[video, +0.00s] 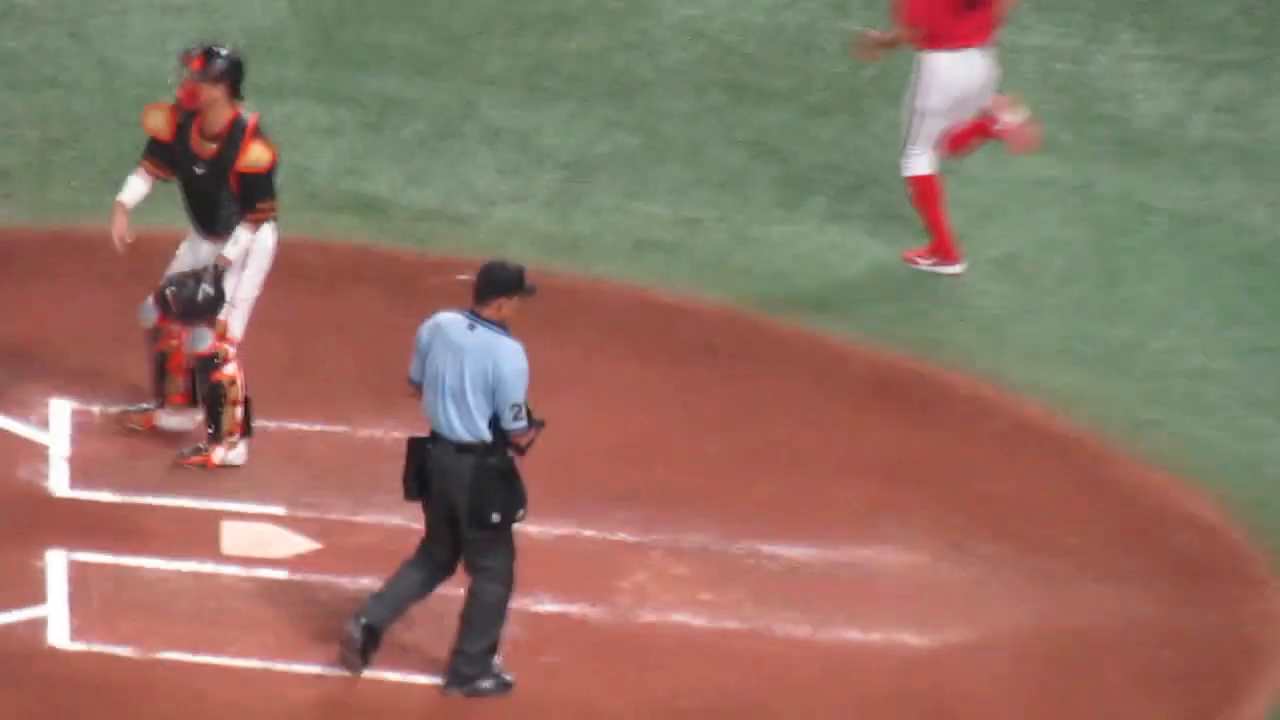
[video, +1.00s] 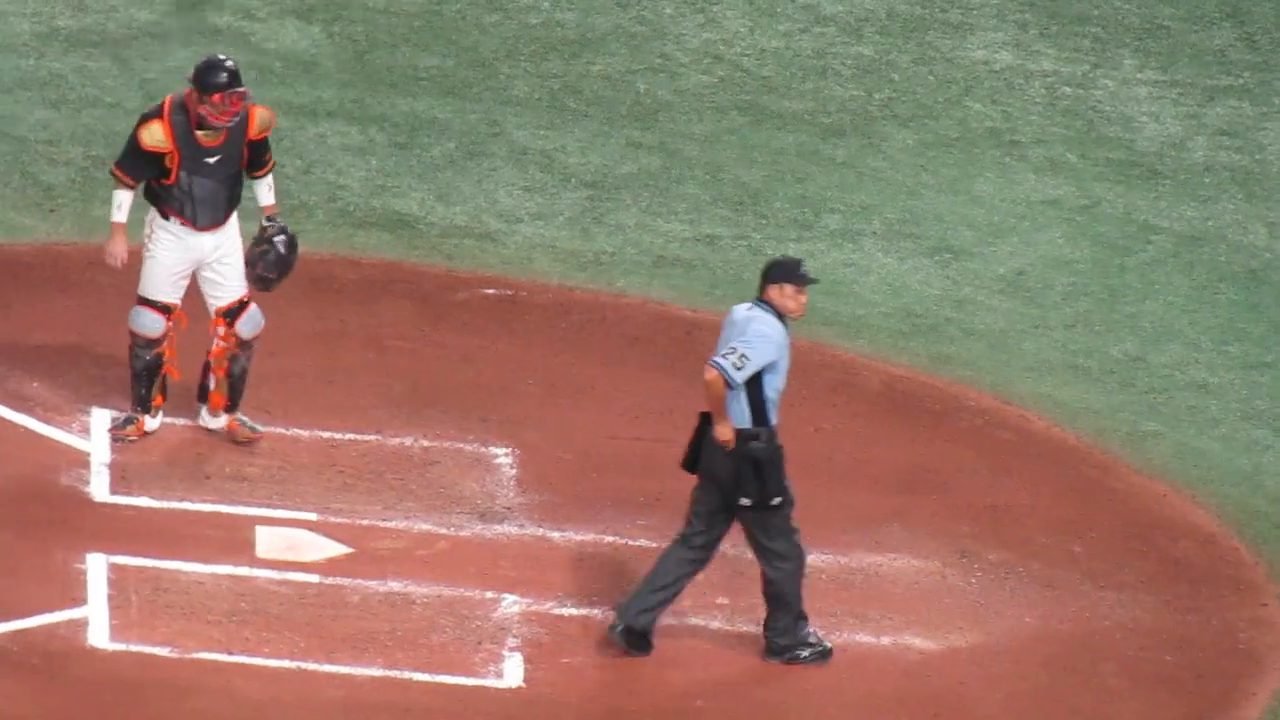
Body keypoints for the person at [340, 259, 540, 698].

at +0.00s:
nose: (519, 308)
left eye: (519, 300)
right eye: (517, 301)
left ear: (481, 297)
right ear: (502, 302)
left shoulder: (437, 325)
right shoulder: (507, 352)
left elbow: (417, 383)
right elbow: (515, 428)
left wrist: (459, 393)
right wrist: (530, 429)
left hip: (437, 460)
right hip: (480, 471)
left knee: (436, 555)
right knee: (493, 571)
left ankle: (370, 621)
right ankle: (471, 669)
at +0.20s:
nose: (581, 294)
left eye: (579, 287)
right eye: (577, 288)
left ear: (540, 286)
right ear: (561, 291)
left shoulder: (498, 315)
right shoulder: (574, 341)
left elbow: (465, 368)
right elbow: (579, 407)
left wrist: (512, 360)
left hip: (493, 443)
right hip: (532, 455)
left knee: (529, 526)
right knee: (514, 548)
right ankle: (479, 652)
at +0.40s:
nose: (620, 302)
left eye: (618, 295)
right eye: (614, 297)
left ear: (582, 301)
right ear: (594, 302)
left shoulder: (541, 329)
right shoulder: (613, 349)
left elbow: (504, 388)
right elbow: (622, 428)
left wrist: (546, 392)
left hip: (540, 456)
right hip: (580, 467)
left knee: (588, 543)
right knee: (551, 566)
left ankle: (594, 633)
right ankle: (485, 656)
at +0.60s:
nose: (669, 287)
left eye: (668, 280)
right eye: (662, 281)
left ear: (631, 286)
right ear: (640, 285)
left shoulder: (595, 316)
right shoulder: (655, 331)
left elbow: (570, 380)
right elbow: (650, 403)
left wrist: (614, 391)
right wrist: (669, 453)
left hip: (591, 444)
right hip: (627, 453)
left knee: (609, 543)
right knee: (652, 560)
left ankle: (602, 629)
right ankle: (575, 628)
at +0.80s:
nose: (732, 286)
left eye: (732, 278)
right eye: (726, 279)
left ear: (695, 281)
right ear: (704, 281)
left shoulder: (662, 308)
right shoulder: (708, 317)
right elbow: (673, 359)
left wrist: (696, 421)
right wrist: (673, 411)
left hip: (646, 437)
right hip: (683, 444)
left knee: (634, 538)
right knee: (728, 540)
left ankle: (607, 633)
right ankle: (724, 636)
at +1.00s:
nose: (805, 298)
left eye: (805, 290)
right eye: (798, 290)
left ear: (771, 292)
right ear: (775, 291)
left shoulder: (741, 315)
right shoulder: (767, 331)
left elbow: (720, 366)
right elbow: (716, 375)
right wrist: (720, 421)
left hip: (722, 449)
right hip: (754, 454)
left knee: (695, 543)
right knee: (783, 553)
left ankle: (633, 622)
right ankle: (786, 638)